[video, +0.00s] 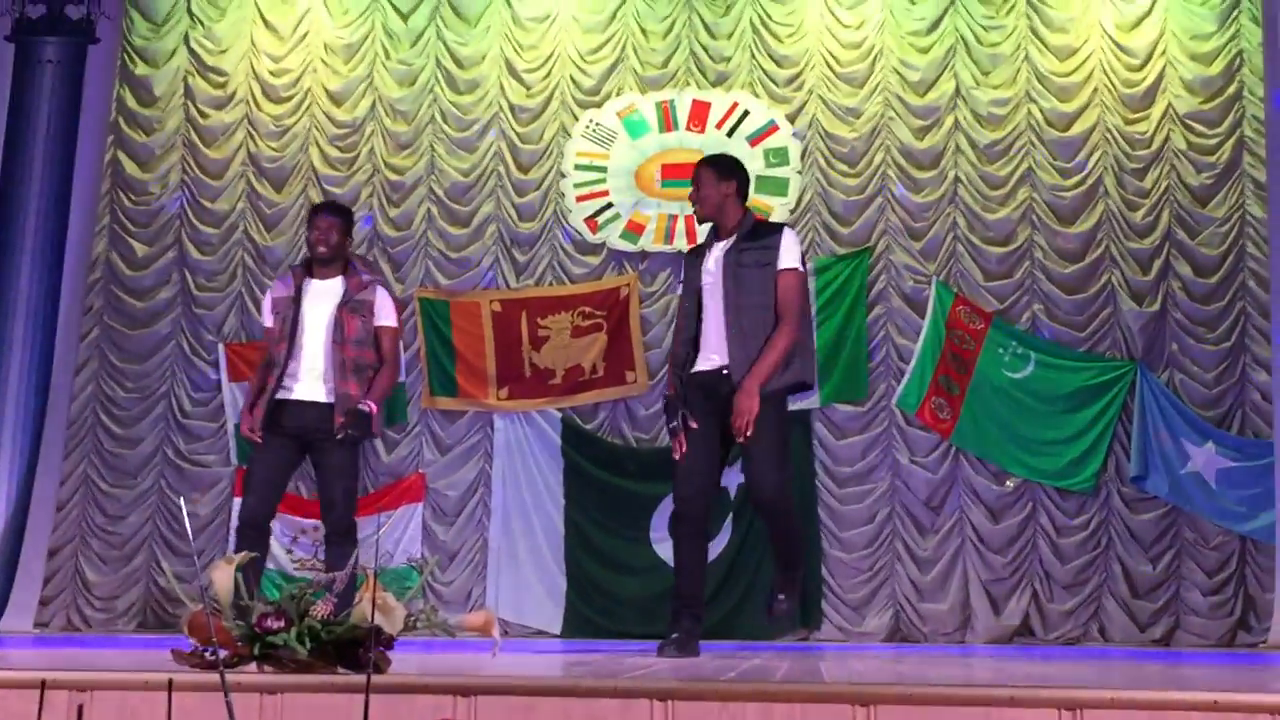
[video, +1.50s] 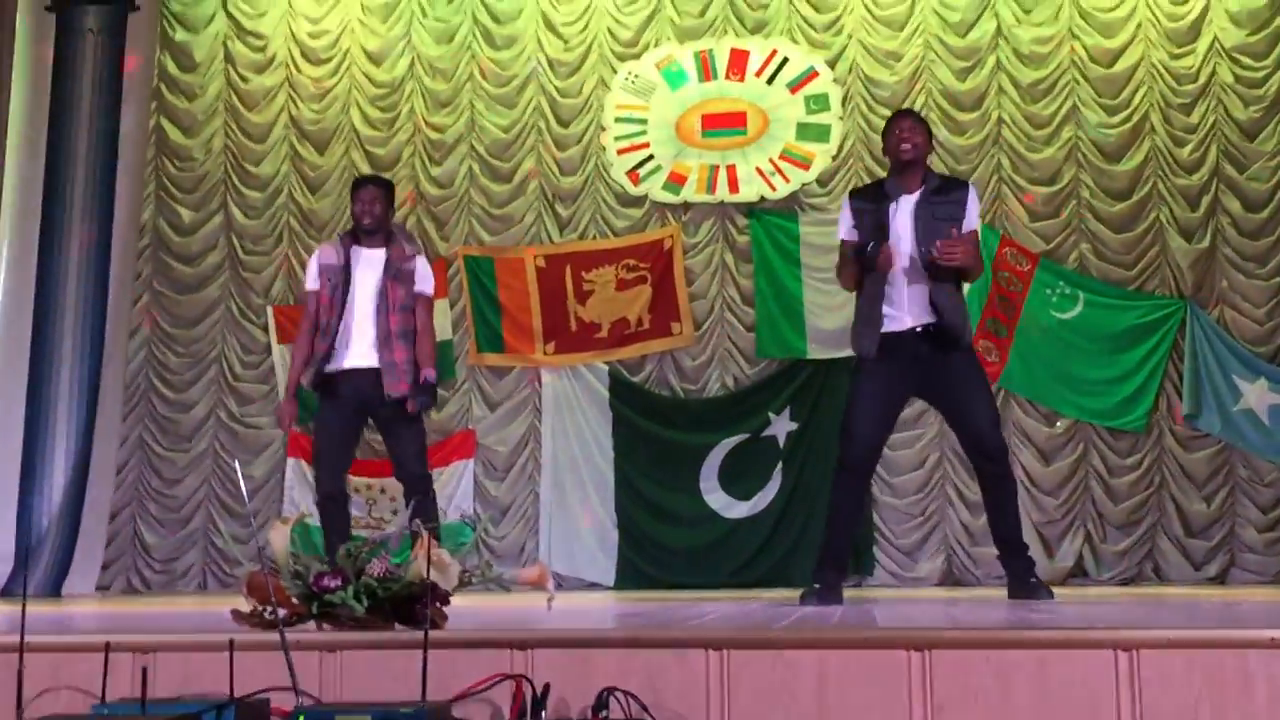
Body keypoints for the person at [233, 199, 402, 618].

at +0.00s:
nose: (321, 238)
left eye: (331, 231)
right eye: (315, 230)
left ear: (347, 239)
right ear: (306, 236)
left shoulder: (372, 293)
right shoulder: (283, 288)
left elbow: (391, 362)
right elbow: (272, 357)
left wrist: (368, 406)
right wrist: (254, 404)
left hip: (338, 421)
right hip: (281, 418)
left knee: (339, 523)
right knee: (253, 515)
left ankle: (338, 621)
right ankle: (241, 615)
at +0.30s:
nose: (295, 228)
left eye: (305, 221)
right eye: (288, 221)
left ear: (321, 229)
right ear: (280, 227)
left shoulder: (347, 284)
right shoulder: (253, 283)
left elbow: (364, 352)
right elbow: (233, 352)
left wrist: (360, 399)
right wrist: (231, 405)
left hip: (325, 412)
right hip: (268, 412)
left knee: (341, 515)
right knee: (255, 517)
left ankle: (351, 613)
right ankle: (249, 616)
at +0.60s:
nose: (295, 231)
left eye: (304, 224)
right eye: (288, 224)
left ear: (320, 231)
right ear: (278, 230)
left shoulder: (341, 276)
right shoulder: (252, 282)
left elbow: (362, 340)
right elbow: (218, 351)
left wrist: (356, 392)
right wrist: (217, 412)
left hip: (320, 408)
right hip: (262, 412)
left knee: (343, 513)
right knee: (254, 518)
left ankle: (359, 613)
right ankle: (253, 618)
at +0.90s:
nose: (362, 199)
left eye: (371, 193)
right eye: (356, 192)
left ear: (386, 200)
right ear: (346, 197)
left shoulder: (407, 246)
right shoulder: (320, 242)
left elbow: (421, 309)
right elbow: (289, 308)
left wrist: (425, 362)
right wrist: (266, 365)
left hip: (378, 378)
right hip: (319, 374)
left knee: (388, 478)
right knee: (293, 472)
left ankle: (395, 576)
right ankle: (294, 577)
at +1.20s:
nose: (345, 167)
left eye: (353, 160)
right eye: (337, 159)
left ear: (366, 165)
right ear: (327, 163)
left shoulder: (388, 213)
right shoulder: (301, 219)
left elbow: (411, 269)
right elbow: (276, 282)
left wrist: (428, 325)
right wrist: (251, 332)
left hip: (371, 339)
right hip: (315, 341)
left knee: (394, 432)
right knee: (299, 439)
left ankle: (411, 529)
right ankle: (306, 531)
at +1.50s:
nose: (367, 209)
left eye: (375, 202)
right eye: (361, 202)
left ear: (390, 208)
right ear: (350, 208)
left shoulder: (412, 261)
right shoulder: (326, 257)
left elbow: (423, 326)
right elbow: (307, 329)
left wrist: (428, 377)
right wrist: (290, 392)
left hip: (395, 385)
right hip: (340, 386)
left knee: (415, 478)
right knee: (328, 483)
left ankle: (431, 568)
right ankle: (338, 572)